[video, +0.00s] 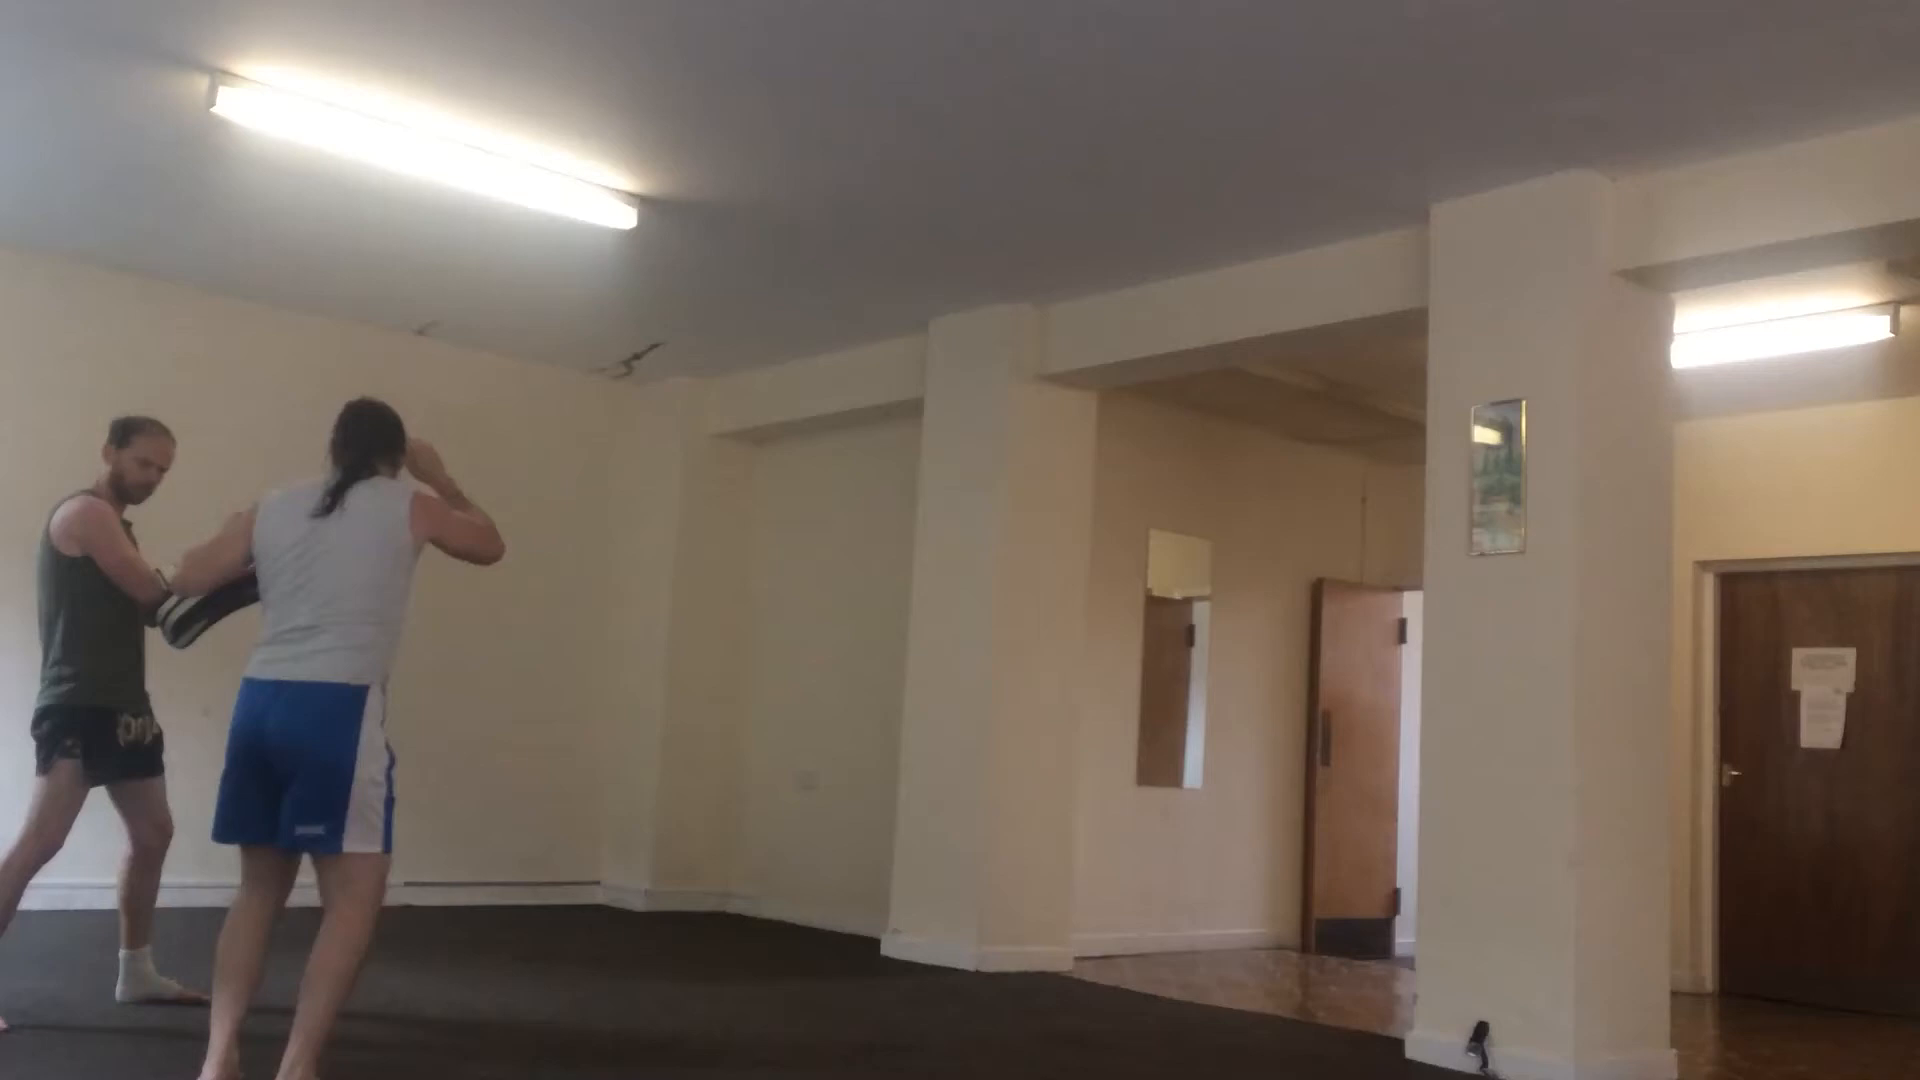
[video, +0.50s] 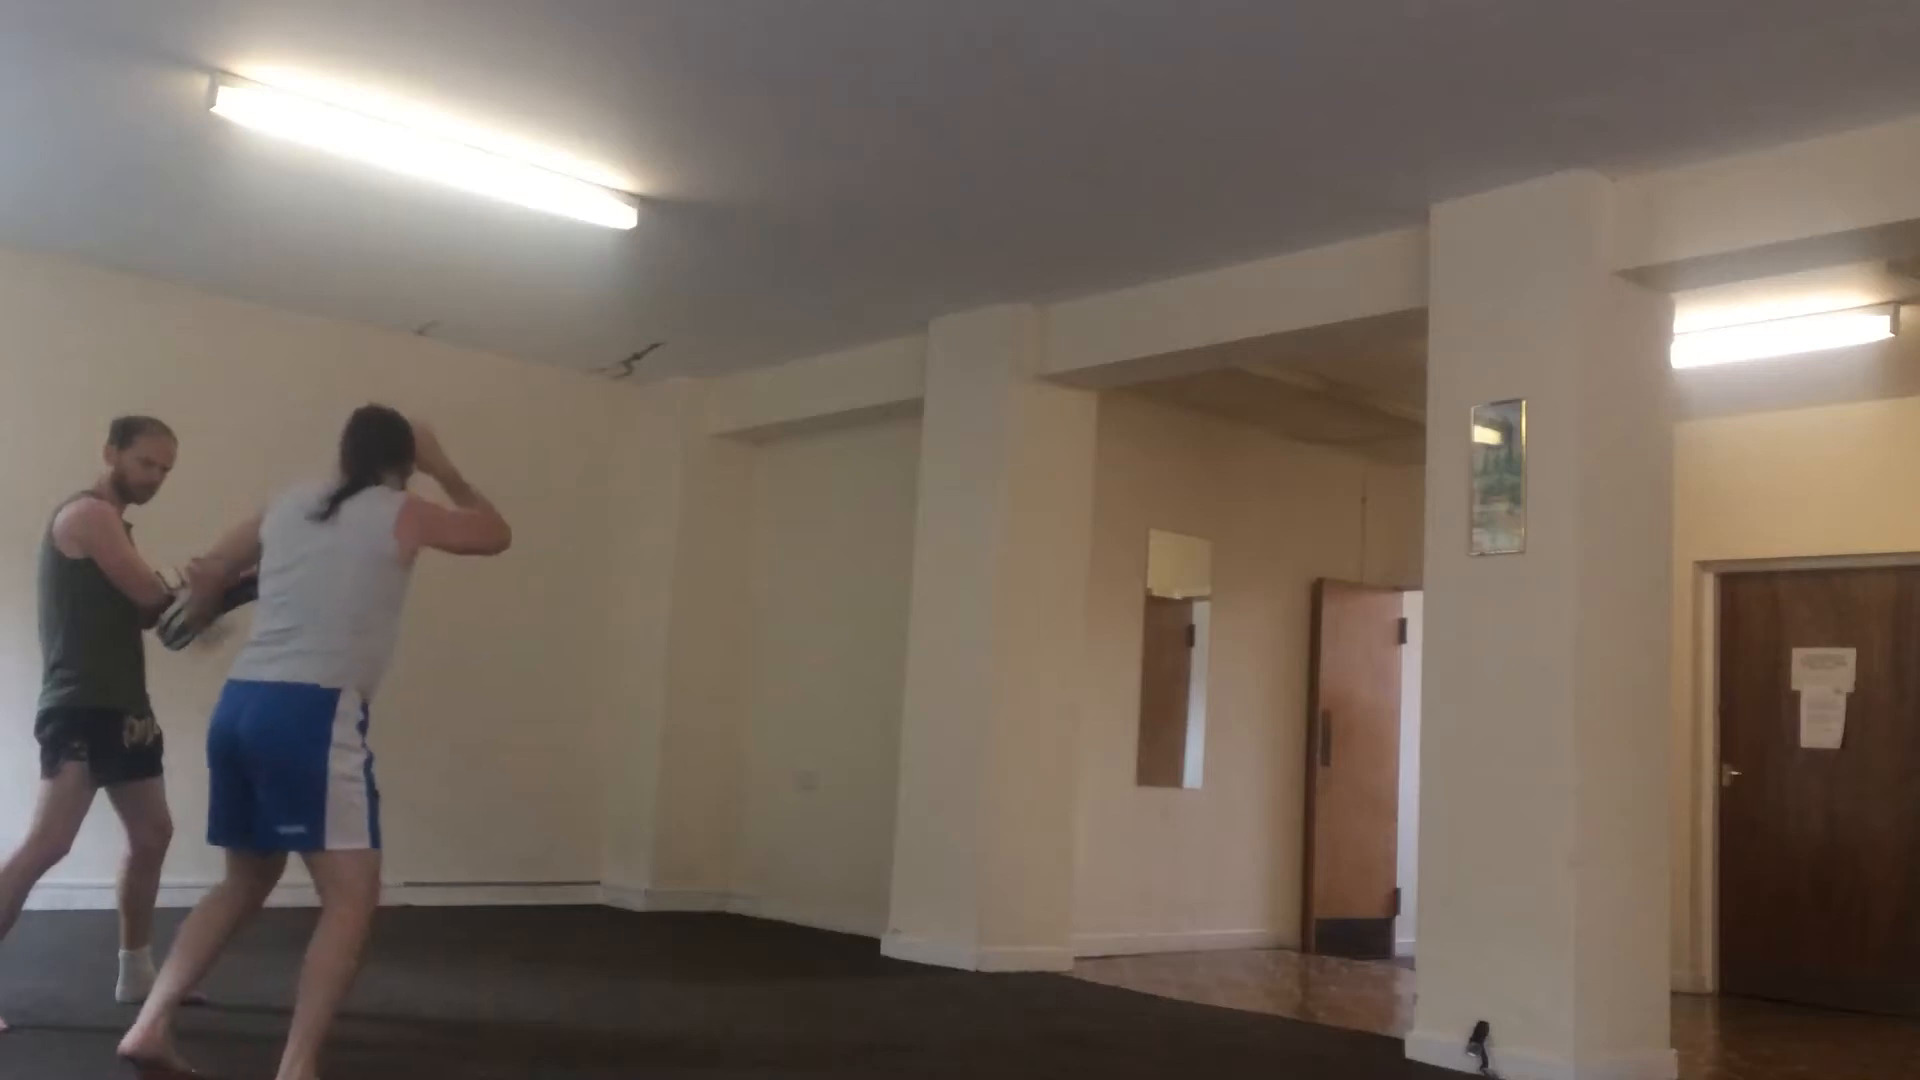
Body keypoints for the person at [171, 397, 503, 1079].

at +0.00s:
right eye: (400, 448)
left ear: (333, 451)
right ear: (396, 455)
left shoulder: (276, 509)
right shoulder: (409, 505)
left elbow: (188, 576)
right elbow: (490, 544)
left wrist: (236, 540)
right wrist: (442, 479)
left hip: (259, 712)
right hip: (343, 718)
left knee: (258, 887)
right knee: (353, 903)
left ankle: (217, 1059)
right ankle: (298, 1065)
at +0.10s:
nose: (406, 456)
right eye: (404, 449)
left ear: (336, 453)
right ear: (399, 457)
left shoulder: (278, 508)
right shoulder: (410, 507)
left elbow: (195, 574)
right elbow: (495, 542)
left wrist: (260, 555)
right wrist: (445, 477)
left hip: (257, 714)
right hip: (342, 719)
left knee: (260, 883)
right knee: (358, 900)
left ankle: (204, 1054)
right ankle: (300, 1065)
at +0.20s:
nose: (406, 462)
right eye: (406, 449)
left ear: (340, 445)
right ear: (402, 452)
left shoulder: (283, 505)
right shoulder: (407, 502)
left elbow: (207, 555)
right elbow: (497, 535)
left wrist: (229, 568)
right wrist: (450, 469)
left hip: (256, 709)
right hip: (337, 713)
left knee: (255, 878)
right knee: (353, 897)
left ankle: (168, 1041)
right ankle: (297, 1065)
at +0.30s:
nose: (403, 467)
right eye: (405, 457)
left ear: (339, 447)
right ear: (400, 456)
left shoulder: (283, 504)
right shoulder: (398, 502)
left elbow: (216, 552)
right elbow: (496, 523)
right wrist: (448, 461)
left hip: (249, 711)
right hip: (330, 716)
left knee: (233, 886)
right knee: (356, 899)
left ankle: (140, 1047)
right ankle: (296, 1065)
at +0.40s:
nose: (405, 470)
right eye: (407, 460)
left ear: (341, 452)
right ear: (403, 460)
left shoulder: (286, 508)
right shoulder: (397, 507)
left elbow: (217, 563)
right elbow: (496, 524)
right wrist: (446, 462)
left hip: (243, 715)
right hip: (323, 721)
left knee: (234, 887)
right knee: (356, 902)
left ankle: (139, 1051)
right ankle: (297, 1066)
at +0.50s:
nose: (410, 473)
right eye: (410, 462)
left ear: (345, 455)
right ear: (406, 465)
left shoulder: (290, 505)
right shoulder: (404, 514)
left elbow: (208, 568)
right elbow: (495, 534)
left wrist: (209, 601)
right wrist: (441, 470)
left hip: (238, 715)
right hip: (319, 722)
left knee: (245, 877)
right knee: (351, 901)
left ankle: (149, 1026)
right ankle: (296, 1067)